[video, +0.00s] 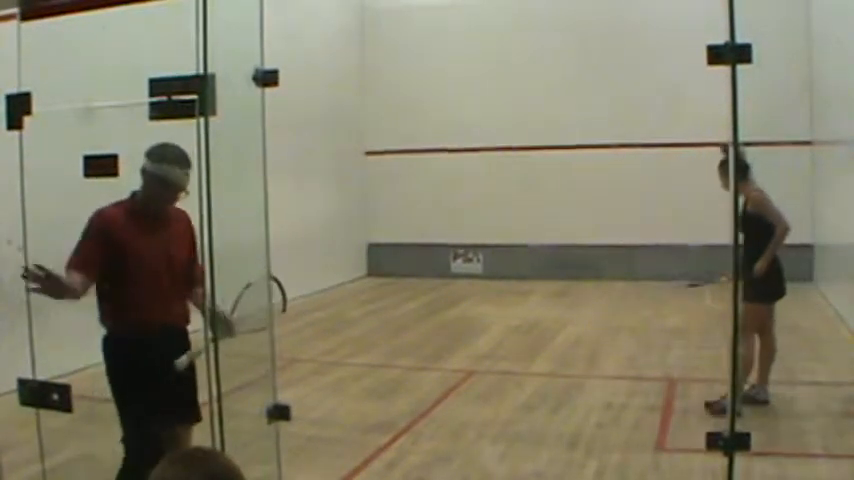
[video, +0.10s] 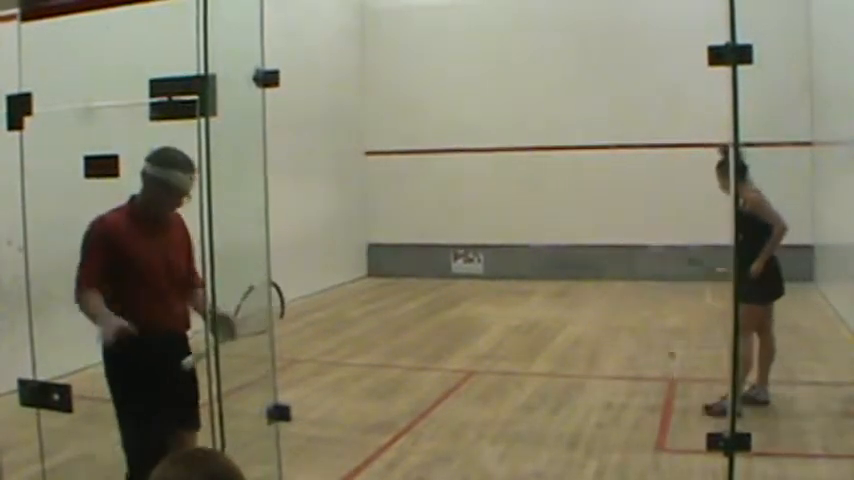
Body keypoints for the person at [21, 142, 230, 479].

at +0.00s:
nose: (173, 196)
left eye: (179, 189)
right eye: (167, 186)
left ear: (183, 188)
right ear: (146, 177)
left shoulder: (180, 222)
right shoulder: (109, 222)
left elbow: (193, 283)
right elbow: (79, 280)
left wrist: (213, 314)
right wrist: (61, 287)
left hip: (173, 340)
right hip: (128, 346)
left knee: (179, 443)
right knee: (144, 450)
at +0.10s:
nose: (180, 202)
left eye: (184, 195)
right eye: (174, 193)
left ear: (184, 193)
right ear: (150, 184)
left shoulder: (176, 226)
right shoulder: (107, 228)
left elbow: (190, 284)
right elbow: (86, 289)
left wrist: (211, 315)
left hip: (173, 345)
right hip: (129, 348)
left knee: (184, 437)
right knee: (145, 451)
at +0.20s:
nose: (182, 207)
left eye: (184, 200)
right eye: (178, 198)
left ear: (179, 194)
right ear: (153, 187)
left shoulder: (167, 224)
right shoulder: (109, 234)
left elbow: (178, 285)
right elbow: (98, 307)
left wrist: (209, 314)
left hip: (171, 354)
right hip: (127, 359)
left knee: (187, 448)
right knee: (148, 461)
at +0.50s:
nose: (187, 195)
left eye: (189, 187)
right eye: (184, 185)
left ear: (164, 182)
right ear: (163, 180)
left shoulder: (152, 220)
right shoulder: (139, 226)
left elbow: (157, 286)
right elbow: (148, 304)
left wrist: (194, 299)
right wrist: (192, 341)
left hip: (147, 350)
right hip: (136, 354)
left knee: (158, 454)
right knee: (153, 456)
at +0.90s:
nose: (172, 191)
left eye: (171, 183)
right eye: (168, 183)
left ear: (135, 183)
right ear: (155, 182)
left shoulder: (110, 221)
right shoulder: (171, 223)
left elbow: (112, 275)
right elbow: (187, 299)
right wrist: (209, 348)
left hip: (122, 345)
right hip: (165, 346)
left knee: (153, 435)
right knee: (196, 435)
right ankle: (198, 478)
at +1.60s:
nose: (162, 182)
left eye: (154, 177)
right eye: (170, 175)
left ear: (145, 179)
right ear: (177, 176)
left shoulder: (131, 215)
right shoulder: (199, 214)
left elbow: (115, 262)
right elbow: (223, 267)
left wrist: (147, 255)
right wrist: (221, 310)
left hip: (146, 325)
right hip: (189, 323)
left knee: (148, 399)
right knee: (195, 402)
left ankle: (150, 469)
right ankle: (202, 469)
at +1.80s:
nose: (153, 181)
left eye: (144, 177)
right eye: (159, 175)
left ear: (136, 179)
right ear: (167, 175)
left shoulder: (124, 217)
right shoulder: (193, 212)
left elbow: (114, 268)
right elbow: (214, 265)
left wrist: (144, 255)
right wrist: (184, 271)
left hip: (144, 323)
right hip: (187, 321)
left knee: (142, 398)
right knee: (193, 400)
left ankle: (140, 467)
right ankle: (200, 469)